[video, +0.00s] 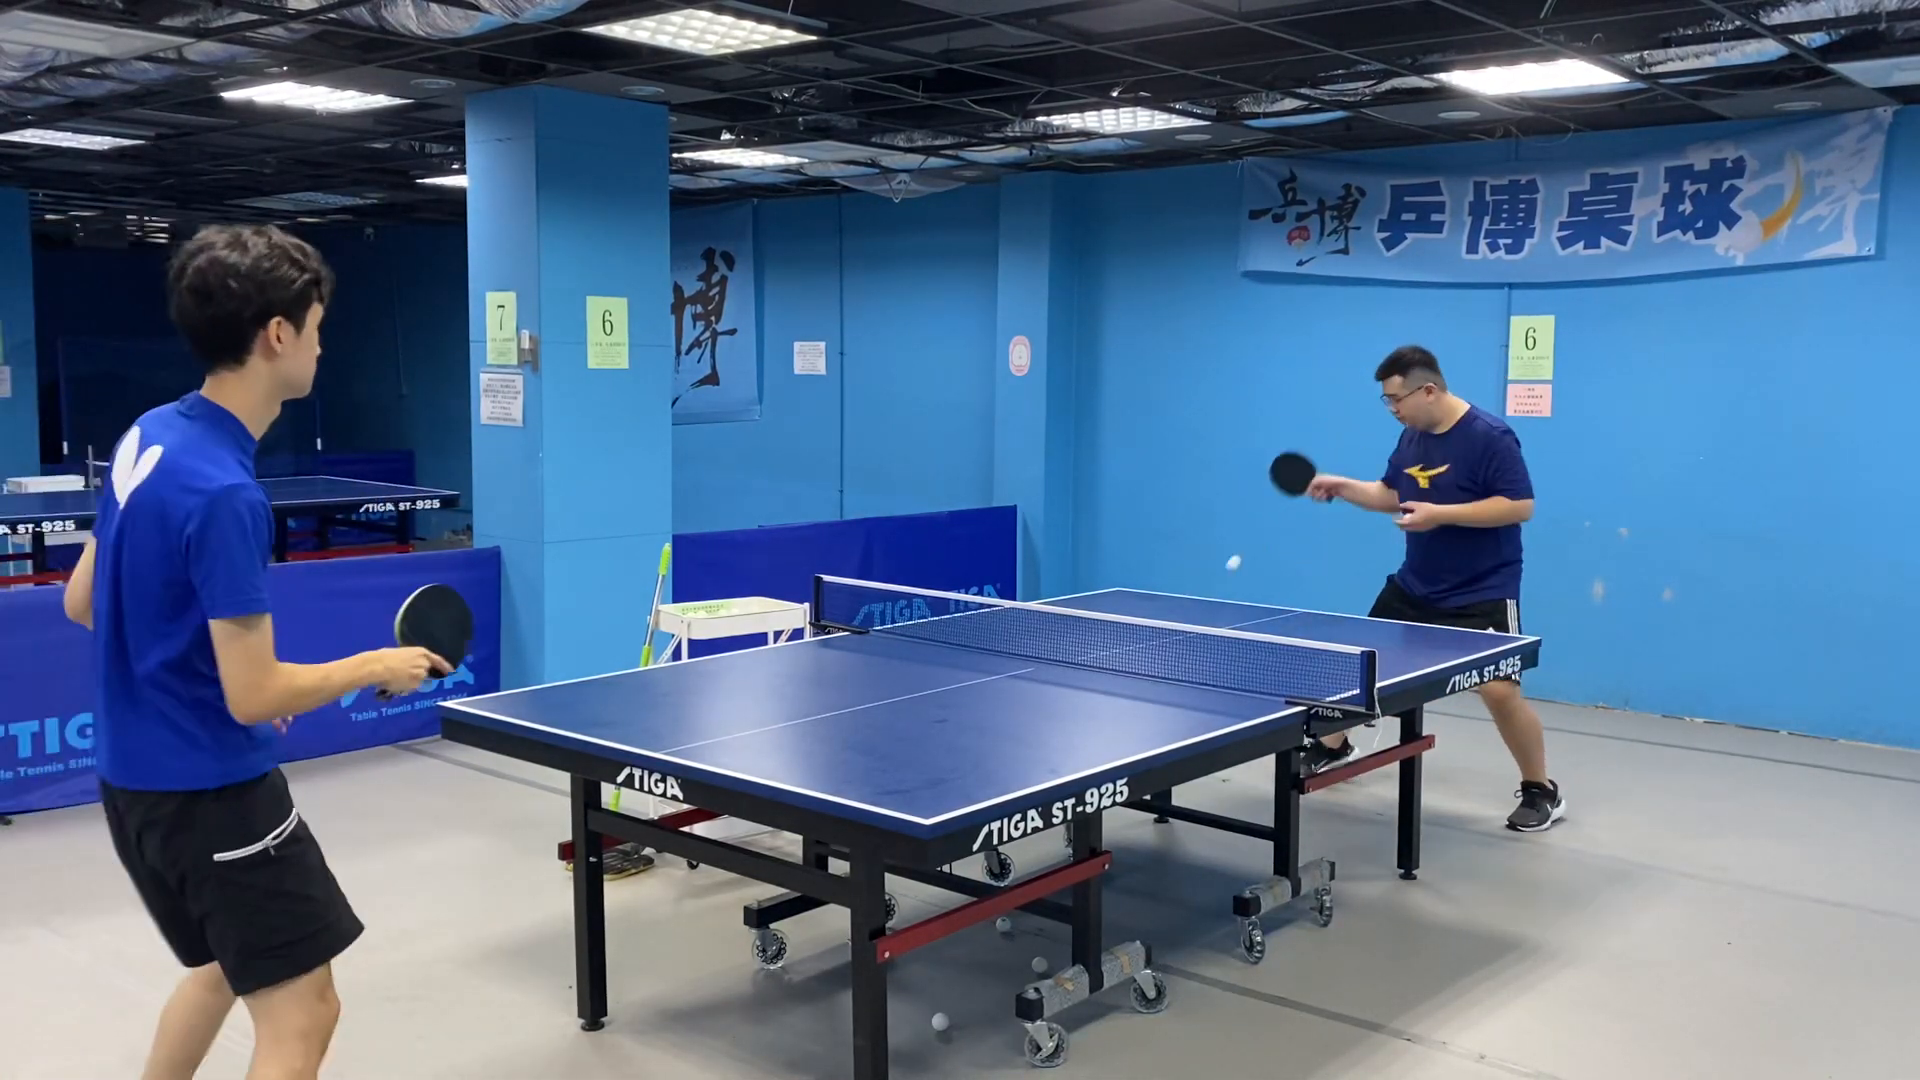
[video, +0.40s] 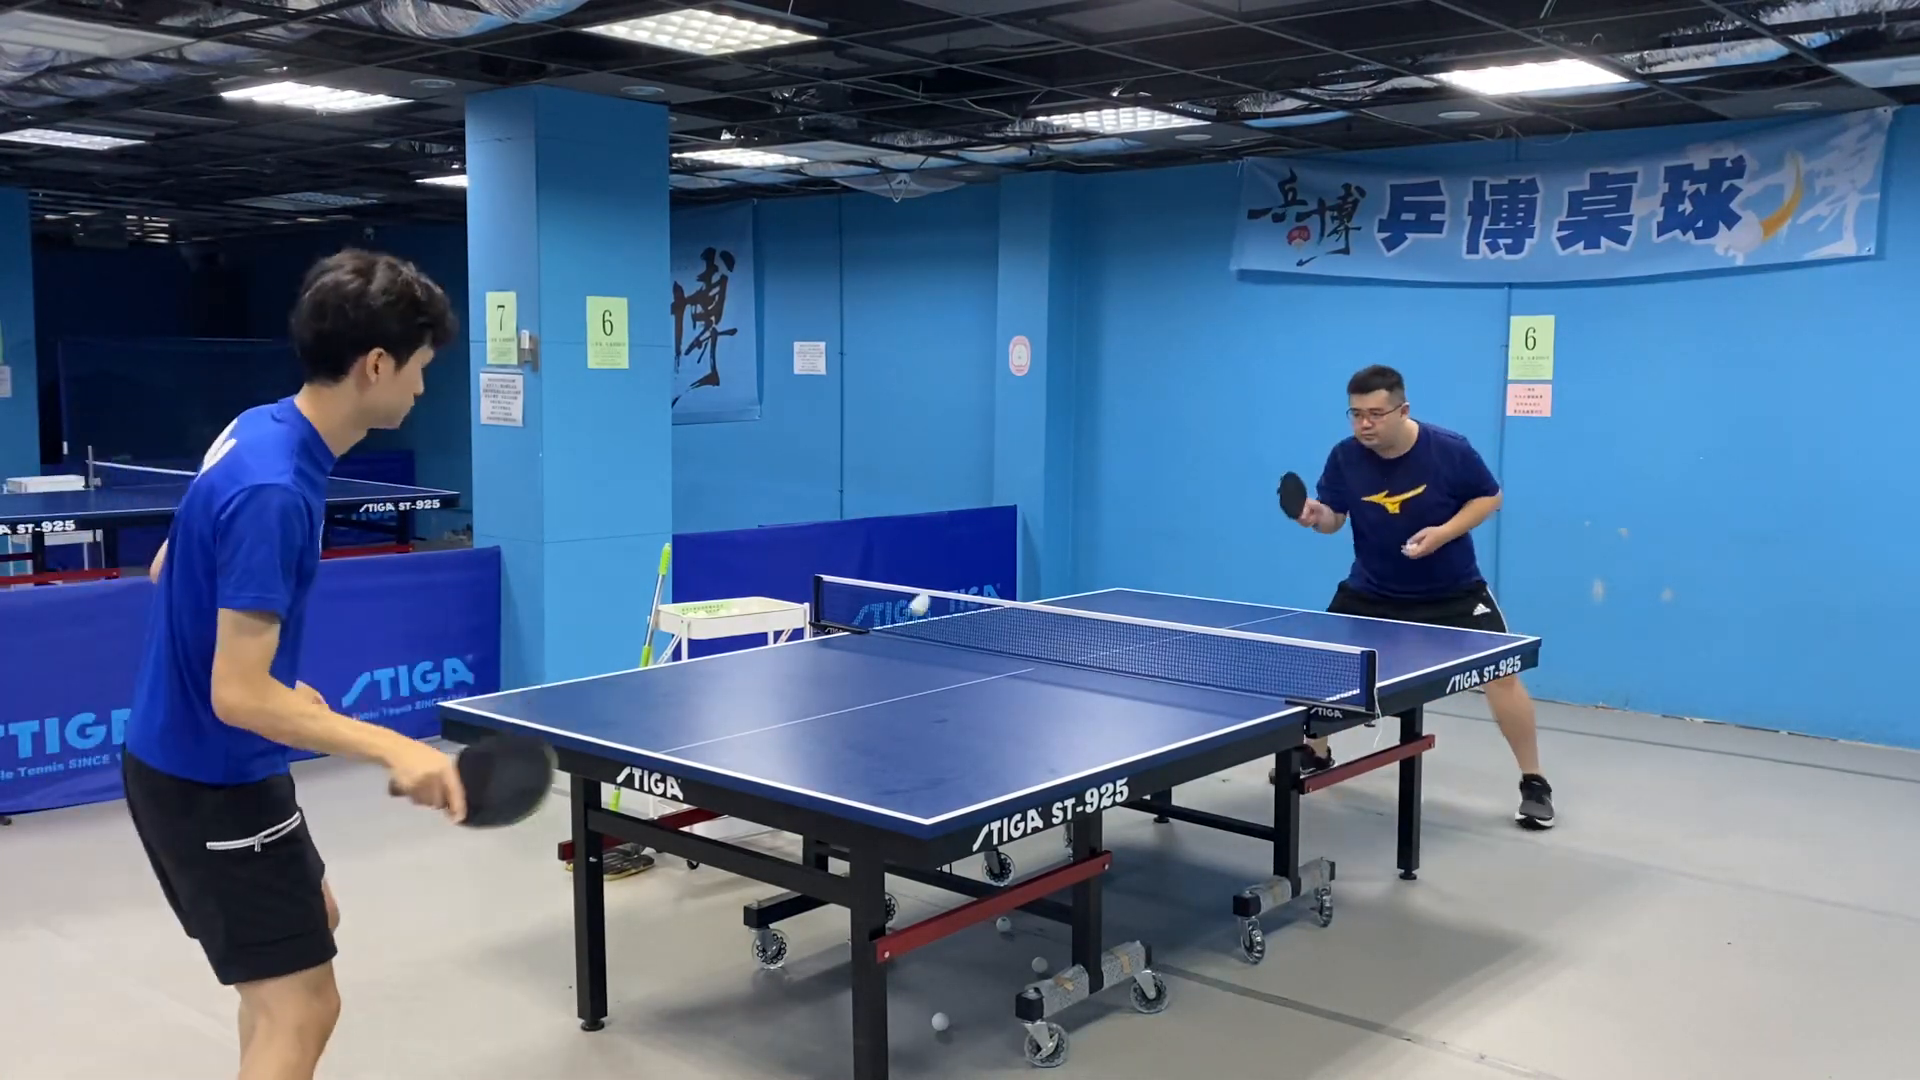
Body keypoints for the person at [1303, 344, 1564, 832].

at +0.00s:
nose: (1392, 411)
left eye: (1396, 400)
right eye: (1388, 402)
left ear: (1430, 390)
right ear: (1420, 394)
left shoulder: (1491, 436)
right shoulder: (1411, 440)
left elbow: (1521, 506)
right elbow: (1392, 496)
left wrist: (1441, 514)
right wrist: (1343, 487)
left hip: (1483, 595)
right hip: (1414, 587)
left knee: (1497, 689)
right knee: (1353, 663)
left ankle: (1539, 789)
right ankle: (1331, 745)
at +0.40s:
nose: (1363, 425)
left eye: (1373, 415)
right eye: (1356, 415)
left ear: (1402, 410)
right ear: (1350, 413)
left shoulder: (1449, 451)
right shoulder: (1346, 458)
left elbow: (1490, 497)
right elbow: (1335, 520)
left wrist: (1444, 532)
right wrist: (1320, 516)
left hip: (1453, 595)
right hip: (1370, 594)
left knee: (1500, 673)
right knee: (1313, 660)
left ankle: (1533, 781)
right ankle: (1315, 751)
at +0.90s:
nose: (1336, 401)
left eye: (1345, 391)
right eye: (1329, 393)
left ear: (1375, 387)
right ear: (1326, 396)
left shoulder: (1427, 428)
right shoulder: (1340, 449)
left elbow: (1473, 481)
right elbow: (1341, 505)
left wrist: (1403, 497)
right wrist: (1292, 533)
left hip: (1450, 585)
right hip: (1374, 585)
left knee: (1489, 676)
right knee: (1328, 662)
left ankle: (1524, 779)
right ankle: (1316, 751)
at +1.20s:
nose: (1319, 420)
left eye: (1323, 408)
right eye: (1315, 412)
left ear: (1356, 397)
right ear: (1344, 404)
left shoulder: (1410, 434)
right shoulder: (1342, 452)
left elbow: (1441, 497)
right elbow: (1339, 510)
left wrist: (1370, 474)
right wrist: (1283, 509)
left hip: (1431, 590)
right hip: (1359, 587)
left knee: (1475, 681)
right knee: (1301, 658)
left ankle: (1524, 777)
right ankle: (1315, 750)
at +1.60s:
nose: (1364, 410)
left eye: (1374, 400)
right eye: (1357, 401)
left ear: (1403, 398)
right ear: (1352, 402)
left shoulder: (1446, 448)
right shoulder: (1346, 451)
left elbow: (1484, 508)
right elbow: (1324, 511)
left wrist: (1435, 498)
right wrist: (1306, 504)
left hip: (1437, 598)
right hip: (1357, 596)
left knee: (1486, 683)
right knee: (1305, 666)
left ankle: (1524, 778)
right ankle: (1315, 750)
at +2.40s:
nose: (1337, 406)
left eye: (1344, 396)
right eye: (1332, 398)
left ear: (1375, 386)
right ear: (1334, 396)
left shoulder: (1432, 429)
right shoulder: (1340, 433)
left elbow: (1467, 492)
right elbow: (1300, 478)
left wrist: (1404, 470)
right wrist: (1298, 444)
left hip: (1426, 583)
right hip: (1349, 575)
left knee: (1477, 676)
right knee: (1283, 648)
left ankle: (1517, 773)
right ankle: (1264, 739)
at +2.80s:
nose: (1356, 405)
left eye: (1365, 395)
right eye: (1348, 397)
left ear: (1394, 389)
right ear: (1344, 398)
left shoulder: (1443, 438)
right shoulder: (1349, 444)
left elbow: (1480, 496)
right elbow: (1334, 508)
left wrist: (1420, 514)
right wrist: (1324, 503)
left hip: (1441, 592)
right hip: (1363, 589)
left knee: (1485, 676)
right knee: (1304, 658)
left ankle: (1514, 780)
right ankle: (1280, 745)